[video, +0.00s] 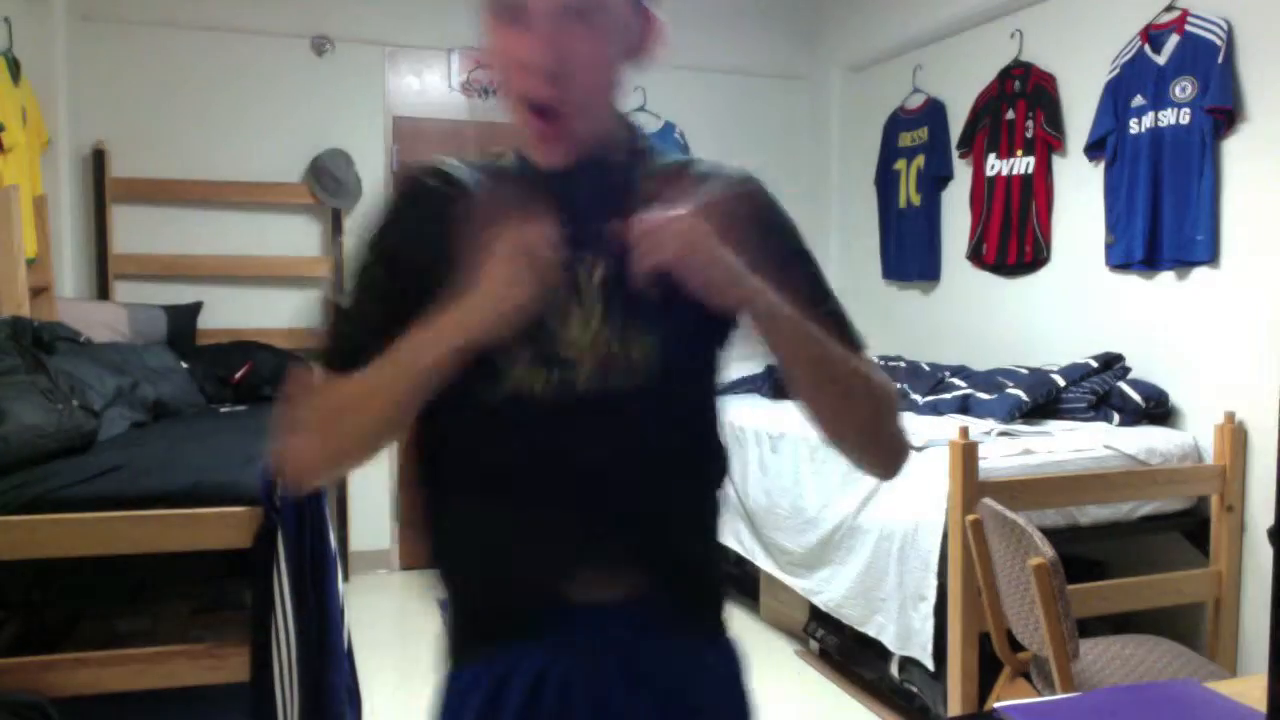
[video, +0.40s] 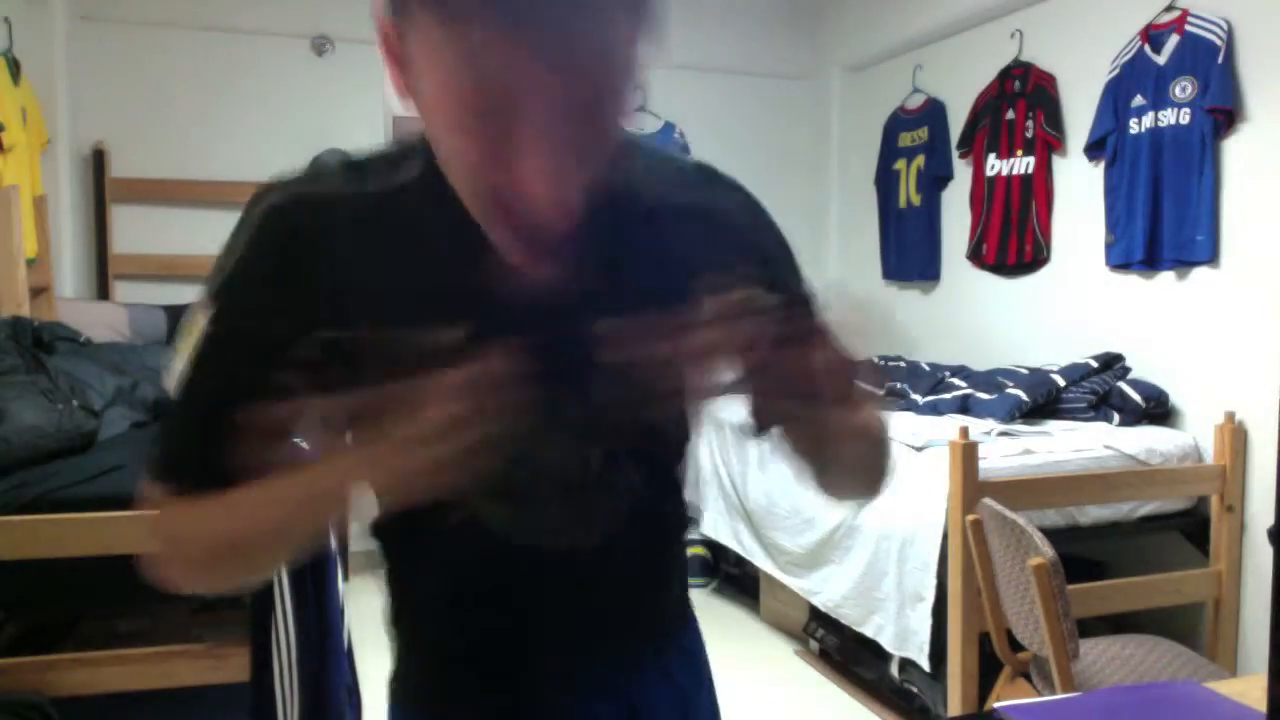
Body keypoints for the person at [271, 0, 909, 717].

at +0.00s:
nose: (539, 54)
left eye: (576, 16)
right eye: (513, 18)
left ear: (639, 32)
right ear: (484, 41)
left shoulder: (715, 207)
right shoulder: (440, 211)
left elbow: (881, 445)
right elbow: (300, 451)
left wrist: (748, 290)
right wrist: (469, 318)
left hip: (676, 654)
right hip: (502, 657)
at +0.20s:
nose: (490, 52)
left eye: (529, 3)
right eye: (452, 4)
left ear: (595, 17)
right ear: (405, 20)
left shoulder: (684, 188)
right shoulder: (350, 198)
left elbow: (885, 431)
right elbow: (194, 505)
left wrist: (731, 309)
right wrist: (398, 379)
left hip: (651, 665)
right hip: (464, 673)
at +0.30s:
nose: (512, 118)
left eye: (556, 55)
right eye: (463, 54)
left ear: (615, 39)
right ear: (388, 42)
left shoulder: (690, 207)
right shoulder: (316, 220)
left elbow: (883, 448)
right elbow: (170, 541)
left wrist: (716, 389)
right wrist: (421, 448)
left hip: (646, 673)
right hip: (450, 686)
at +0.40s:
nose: (546, 175)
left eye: (580, 112)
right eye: (494, 114)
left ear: (637, 66)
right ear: (399, 61)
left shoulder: (707, 223)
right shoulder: (314, 235)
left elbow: (860, 472)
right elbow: (174, 549)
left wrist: (795, 391)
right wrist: (370, 471)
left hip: (653, 681)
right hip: (452, 690)